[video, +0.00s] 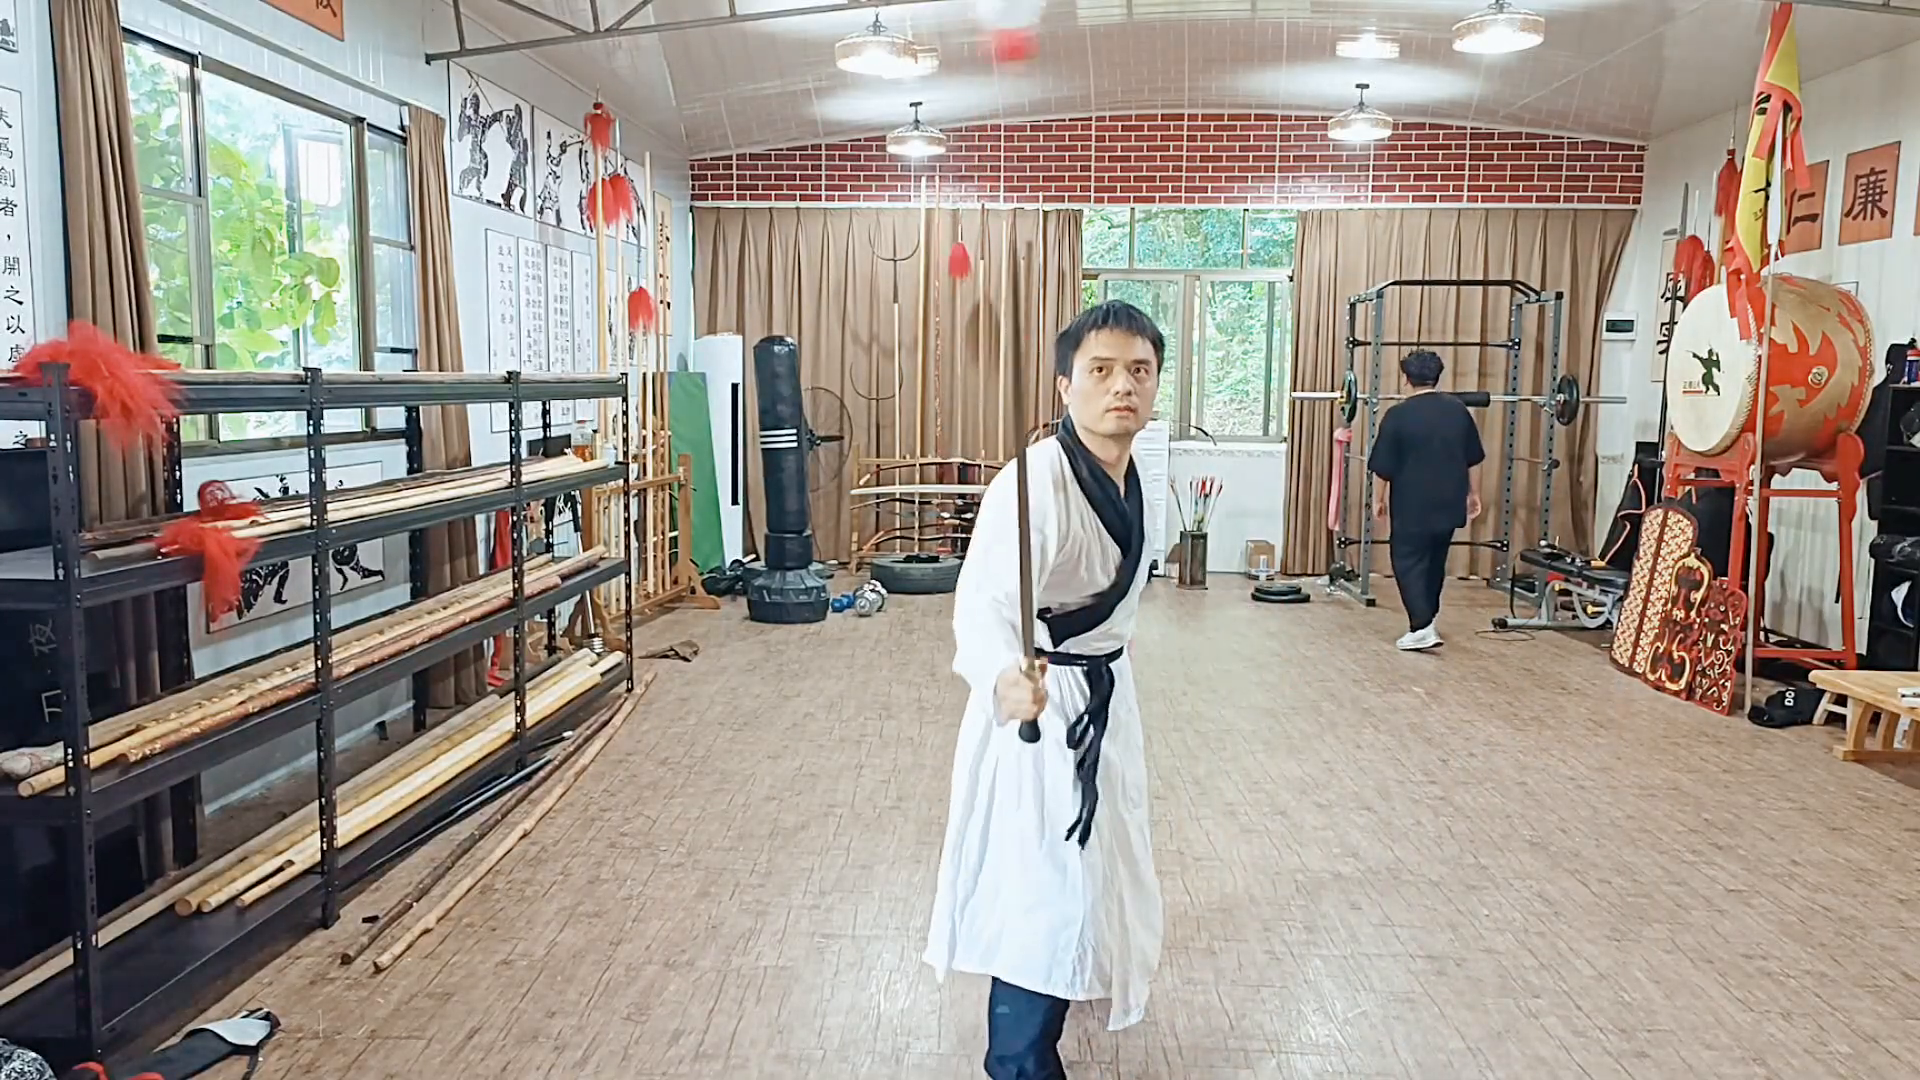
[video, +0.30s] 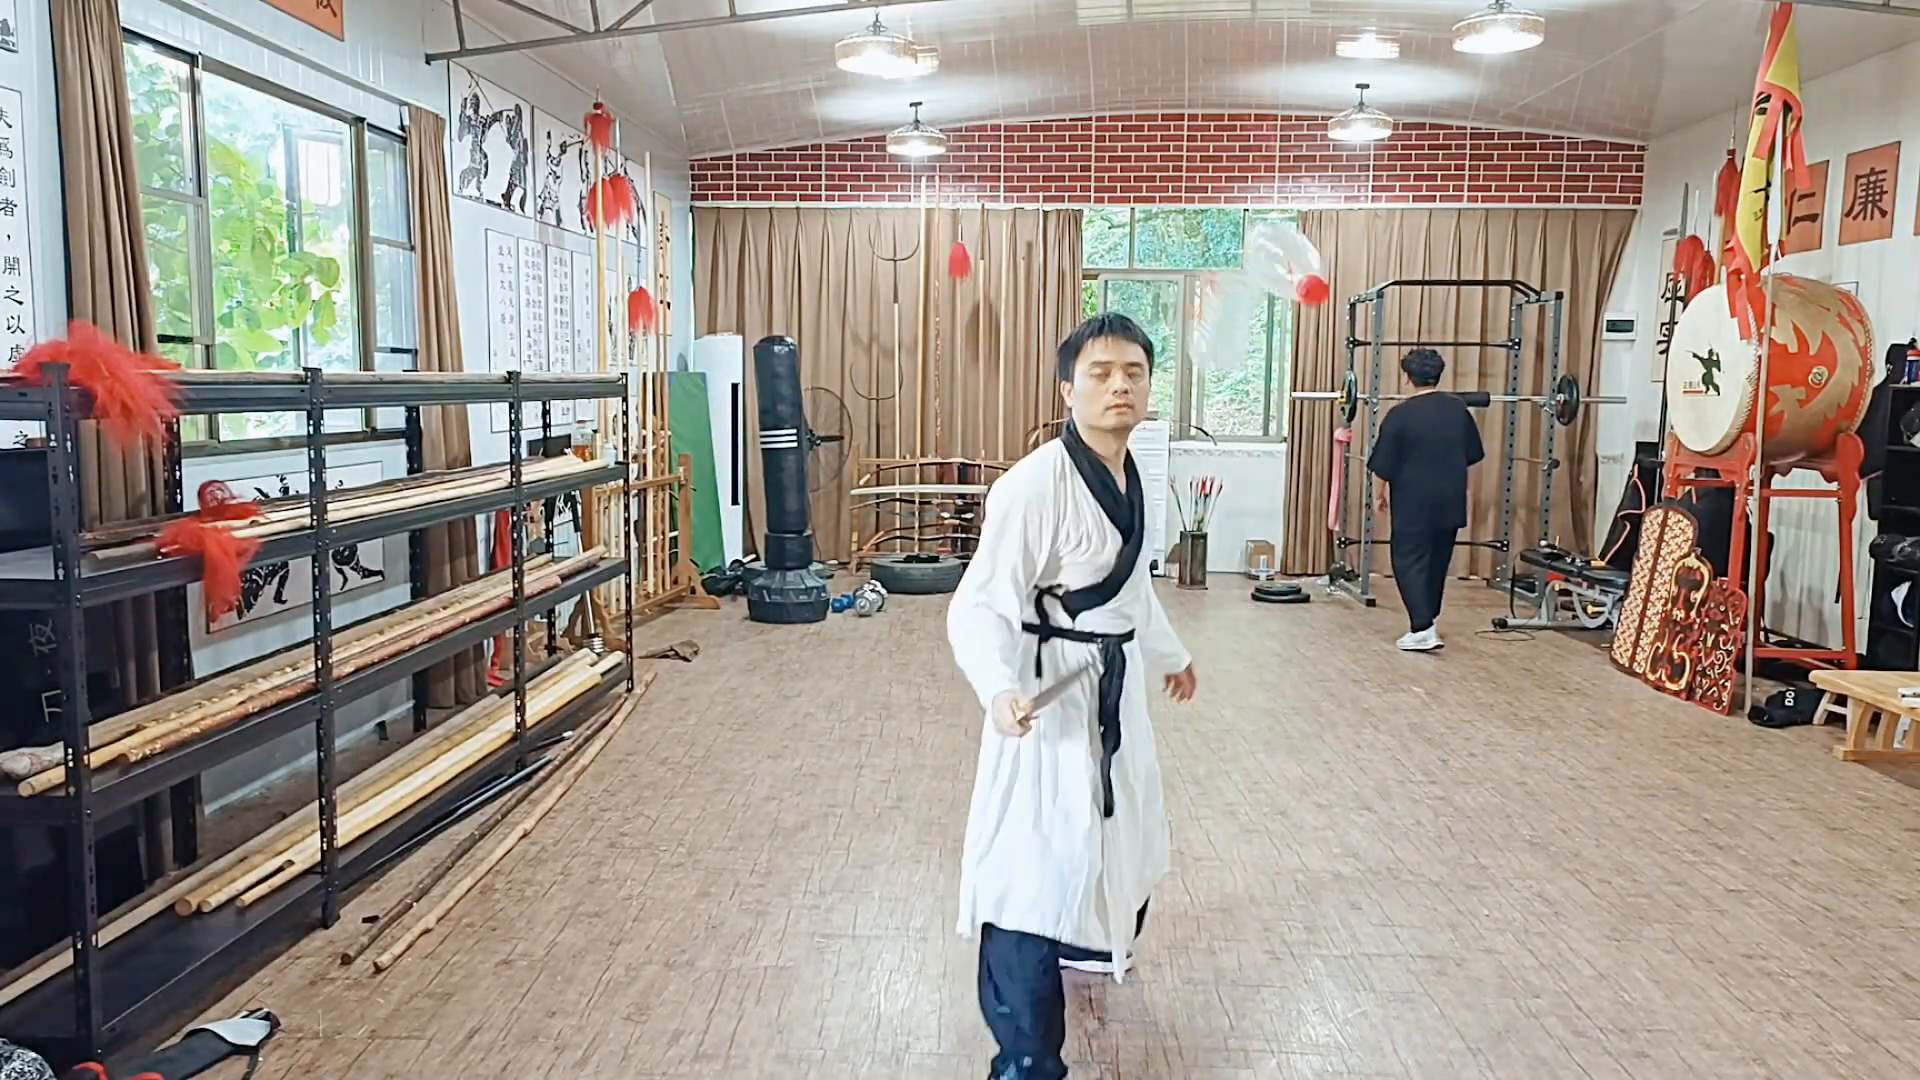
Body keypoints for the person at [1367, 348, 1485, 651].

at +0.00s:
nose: (1403, 380)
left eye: (1404, 376)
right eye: (1405, 376)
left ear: (1407, 379)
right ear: (1437, 377)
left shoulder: (1397, 414)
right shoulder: (1457, 408)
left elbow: (1382, 465)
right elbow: (1473, 457)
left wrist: (1380, 499)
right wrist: (1474, 491)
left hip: (1411, 505)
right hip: (1448, 503)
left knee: (1407, 563)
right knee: (1435, 562)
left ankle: (1422, 628)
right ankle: (1425, 623)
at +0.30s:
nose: (1403, 378)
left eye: (1404, 374)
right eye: (1404, 374)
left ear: (1409, 378)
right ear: (1438, 376)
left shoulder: (1400, 413)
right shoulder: (1457, 407)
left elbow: (1382, 464)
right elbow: (1471, 457)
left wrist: (1380, 495)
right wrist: (1462, 487)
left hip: (1411, 505)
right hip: (1450, 504)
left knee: (1407, 563)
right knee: (1437, 564)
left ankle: (1422, 629)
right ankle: (1427, 625)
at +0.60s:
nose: (1400, 378)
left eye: (1401, 374)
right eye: (1401, 374)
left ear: (1407, 377)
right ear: (1436, 375)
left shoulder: (1399, 412)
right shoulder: (1459, 408)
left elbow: (1380, 467)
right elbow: (1472, 460)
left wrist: (1370, 505)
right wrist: (1466, 501)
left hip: (1409, 509)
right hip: (1450, 509)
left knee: (1411, 569)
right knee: (1442, 565)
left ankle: (1424, 633)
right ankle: (1432, 619)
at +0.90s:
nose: (1403, 375)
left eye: (1404, 370)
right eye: (1404, 370)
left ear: (1410, 372)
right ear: (1441, 370)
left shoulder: (1399, 408)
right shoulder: (1466, 406)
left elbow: (1382, 462)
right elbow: (1482, 456)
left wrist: (1376, 499)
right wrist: (1486, 488)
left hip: (1414, 506)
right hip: (1455, 504)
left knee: (1410, 569)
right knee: (1453, 567)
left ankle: (1424, 632)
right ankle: (1459, 623)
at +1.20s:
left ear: (1439, 376)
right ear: (1476, 378)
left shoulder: (1427, 410)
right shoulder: (1489, 410)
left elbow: (1408, 457)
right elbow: (1507, 454)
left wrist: (1401, 497)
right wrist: (1506, 493)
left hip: (1432, 500)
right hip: (1476, 505)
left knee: (1423, 558)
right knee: (1470, 570)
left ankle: (1412, 617)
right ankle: (1463, 636)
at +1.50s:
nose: (1443, 373)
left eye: (1444, 369)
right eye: (1446, 368)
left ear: (1448, 371)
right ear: (1481, 370)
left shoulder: (1434, 405)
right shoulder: (1496, 406)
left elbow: (1414, 457)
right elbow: (1511, 457)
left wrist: (1407, 495)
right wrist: (1513, 495)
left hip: (1437, 505)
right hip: (1480, 508)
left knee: (1430, 565)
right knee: (1472, 573)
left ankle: (1429, 627)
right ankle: (1463, 637)